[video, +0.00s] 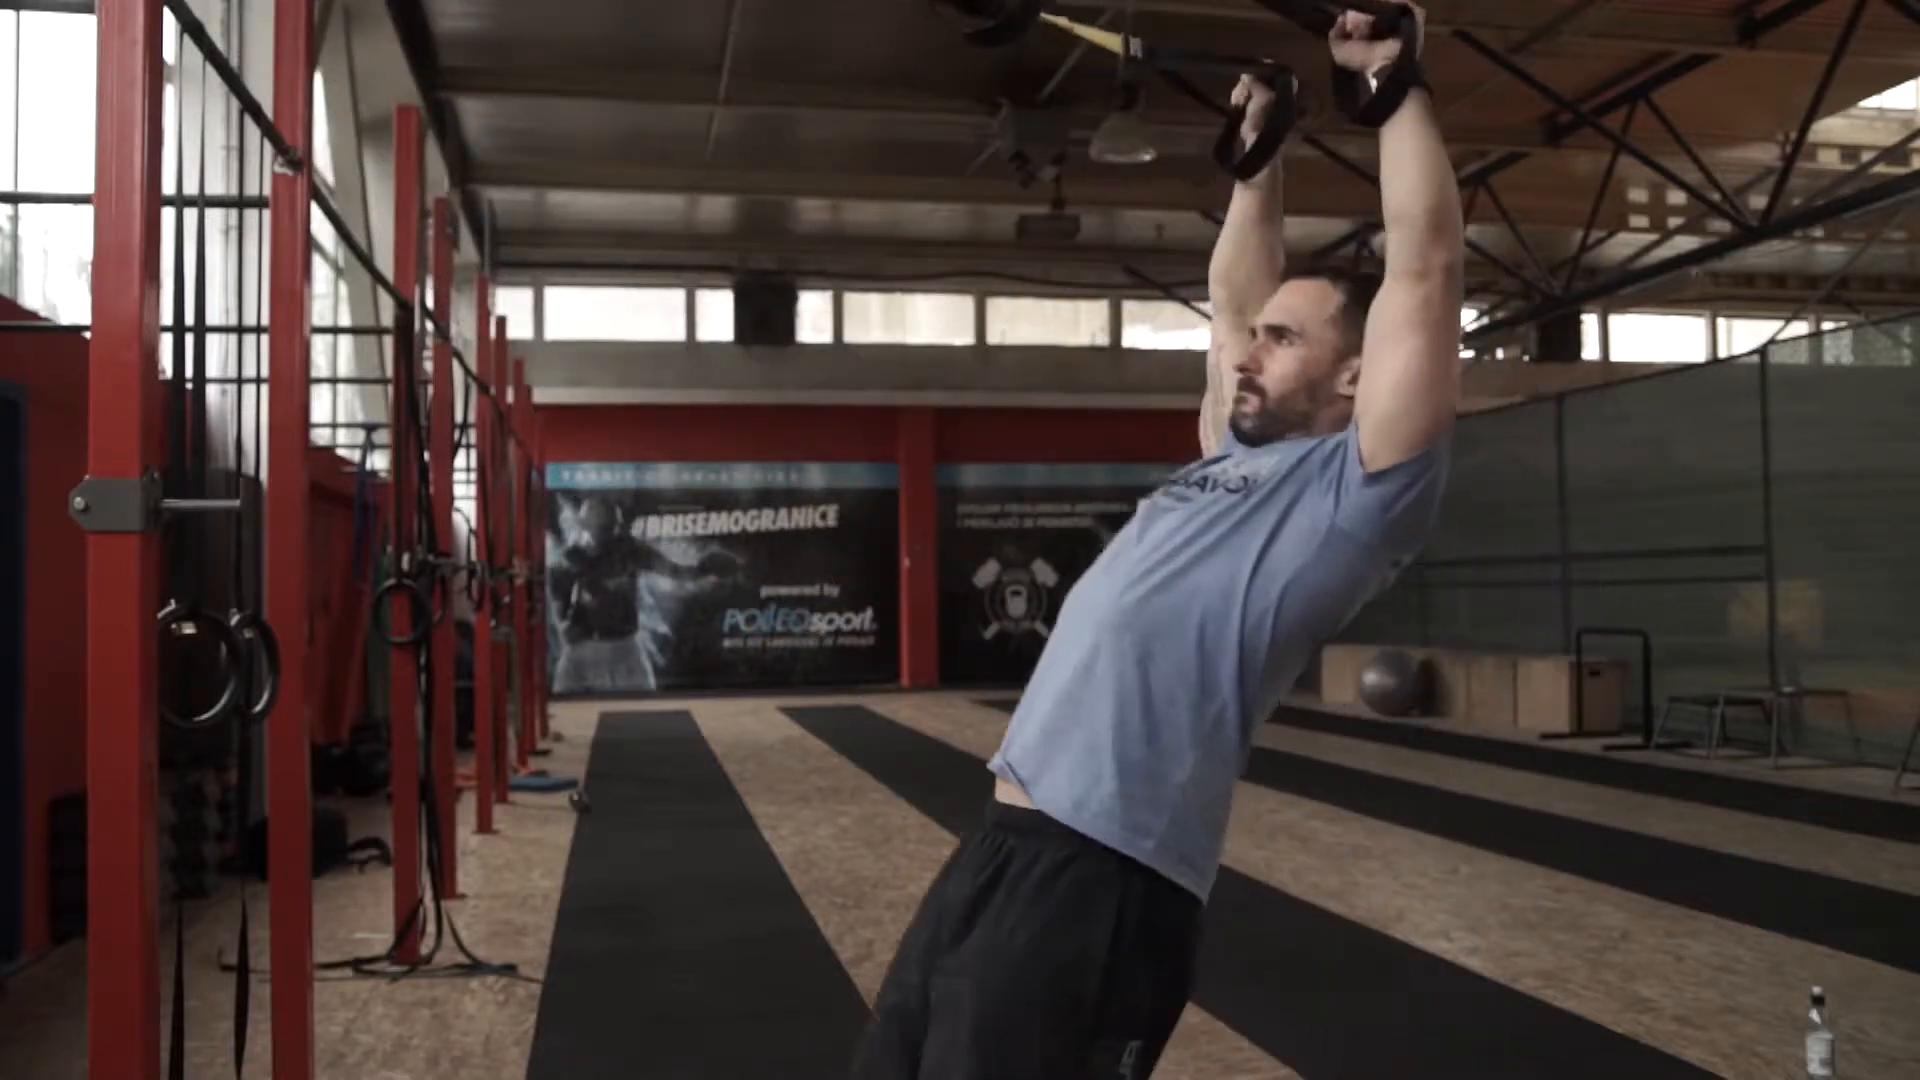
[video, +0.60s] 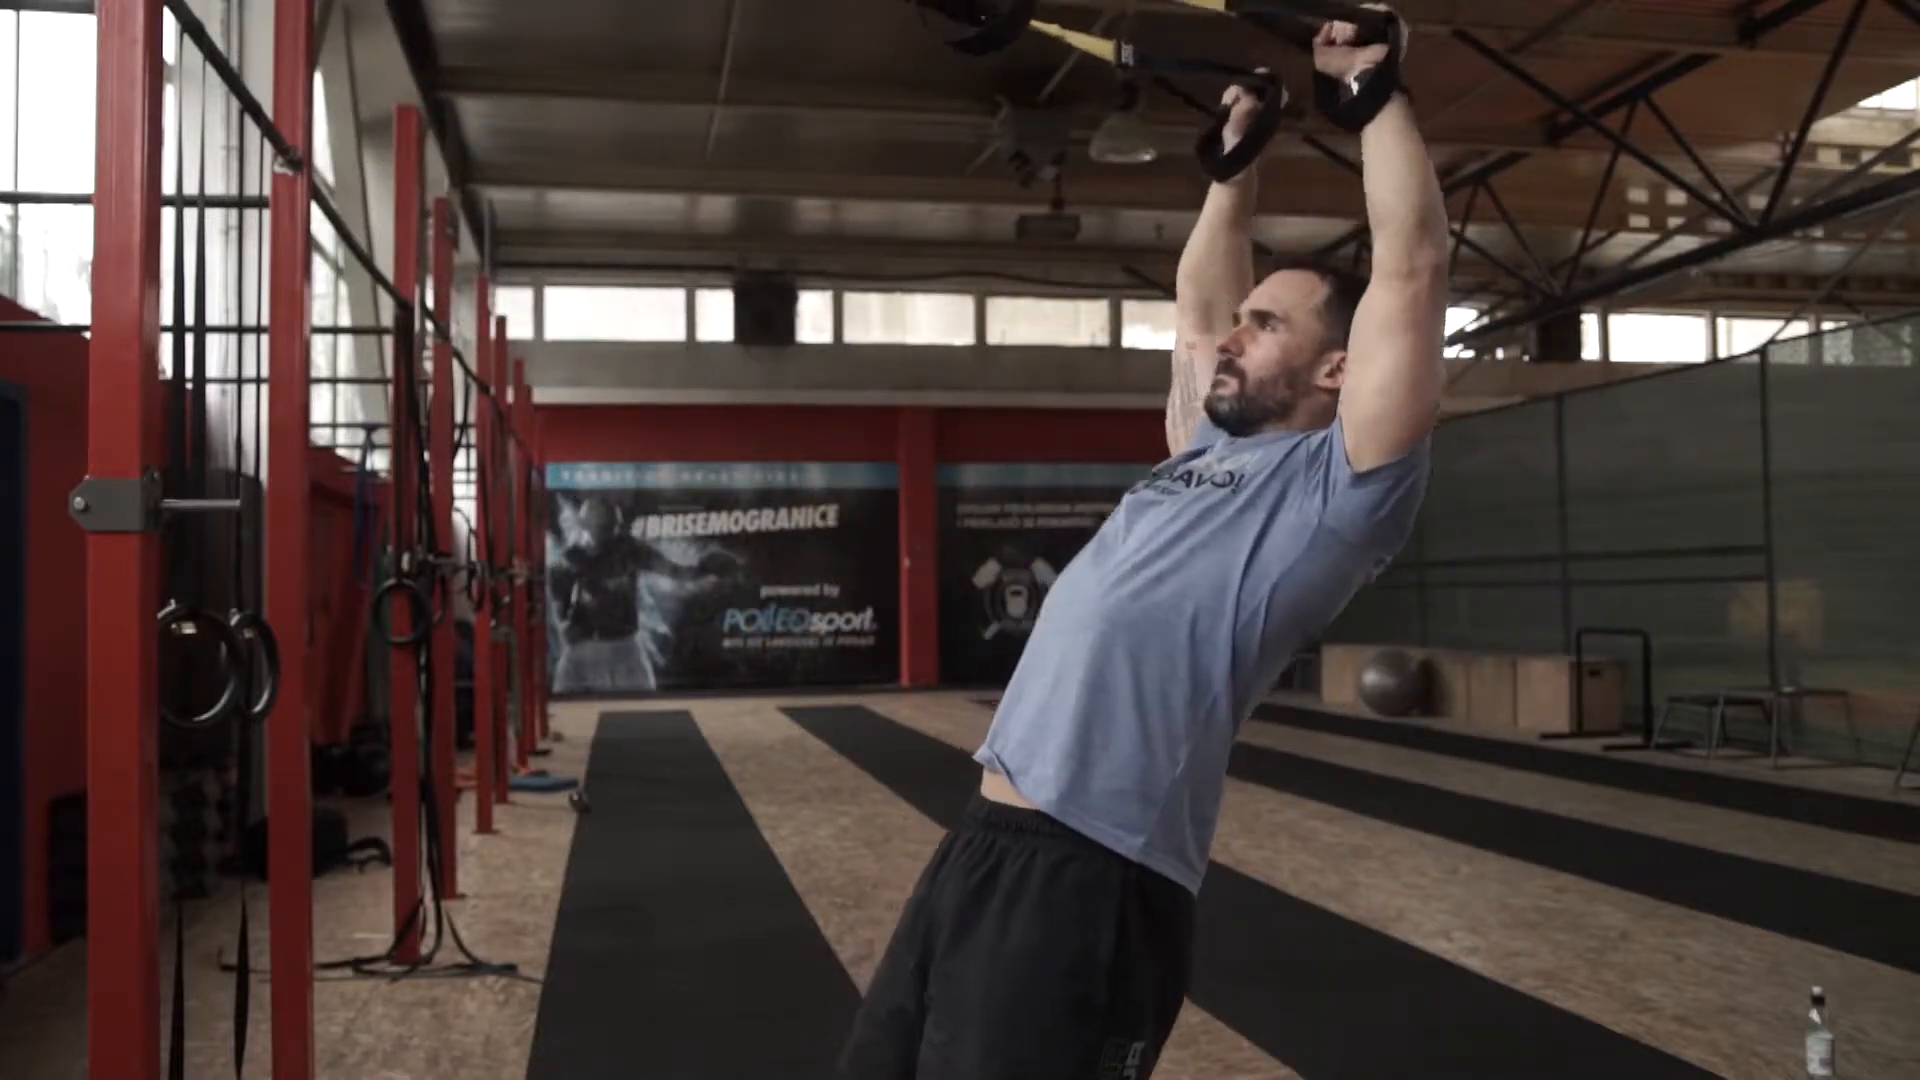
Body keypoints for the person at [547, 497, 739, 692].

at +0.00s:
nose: (600, 526)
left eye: (606, 518)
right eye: (593, 520)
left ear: (615, 519)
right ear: (582, 522)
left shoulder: (630, 549)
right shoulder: (571, 558)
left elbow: (673, 571)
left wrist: (702, 572)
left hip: (625, 648)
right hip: (580, 650)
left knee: (636, 716)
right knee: (573, 718)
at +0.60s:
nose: (602, 529)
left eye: (607, 521)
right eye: (594, 523)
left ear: (615, 520)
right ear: (583, 523)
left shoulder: (629, 549)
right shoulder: (571, 558)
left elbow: (673, 571)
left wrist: (703, 571)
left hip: (625, 649)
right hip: (581, 652)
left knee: (637, 717)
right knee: (573, 719)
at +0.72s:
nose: (600, 527)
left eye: (605, 520)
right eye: (594, 521)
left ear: (615, 520)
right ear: (583, 523)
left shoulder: (629, 549)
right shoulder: (573, 557)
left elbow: (672, 571)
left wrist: (702, 571)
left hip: (625, 647)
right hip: (581, 649)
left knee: (637, 714)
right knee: (573, 717)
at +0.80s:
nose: (600, 527)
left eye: (605, 520)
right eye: (594, 521)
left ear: (615, 520)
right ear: (583, 523)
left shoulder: (629, 549)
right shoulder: (573, 557)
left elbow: (672, 571)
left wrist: (702, 571)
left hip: (625, 647)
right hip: (581, 649)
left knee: (637, 714)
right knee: (573, 717)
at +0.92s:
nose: (601, 529)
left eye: (606, 521)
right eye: (594, 523)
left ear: (615, 520)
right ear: (583, 523)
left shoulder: (629, 549)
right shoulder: (572, 558)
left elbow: (672, 571)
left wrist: (702, 572)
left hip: (625, 648)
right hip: (581, 650)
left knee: (637, 716)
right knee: (573, 718)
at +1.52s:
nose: (583, 549)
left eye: (588, 542)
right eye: (577, 543)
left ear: (595, 540)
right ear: (563, 542)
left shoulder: (607, 566)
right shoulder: (549, 576)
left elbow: (651, 589)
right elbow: (539, 635)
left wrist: (680, 588)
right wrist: (551, 619)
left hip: (603, 669)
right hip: (558, 672)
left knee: (614, 740)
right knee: (549, 741)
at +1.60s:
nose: (580, 571)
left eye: (583, 564)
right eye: (573, 565)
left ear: (590, 561)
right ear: (558, 563)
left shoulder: (601, 586)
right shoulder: (541, 599)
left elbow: (645, 609)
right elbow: (534, 656)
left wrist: (675, 607)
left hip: (599, 689)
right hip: (553, 692)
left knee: (612, 759)